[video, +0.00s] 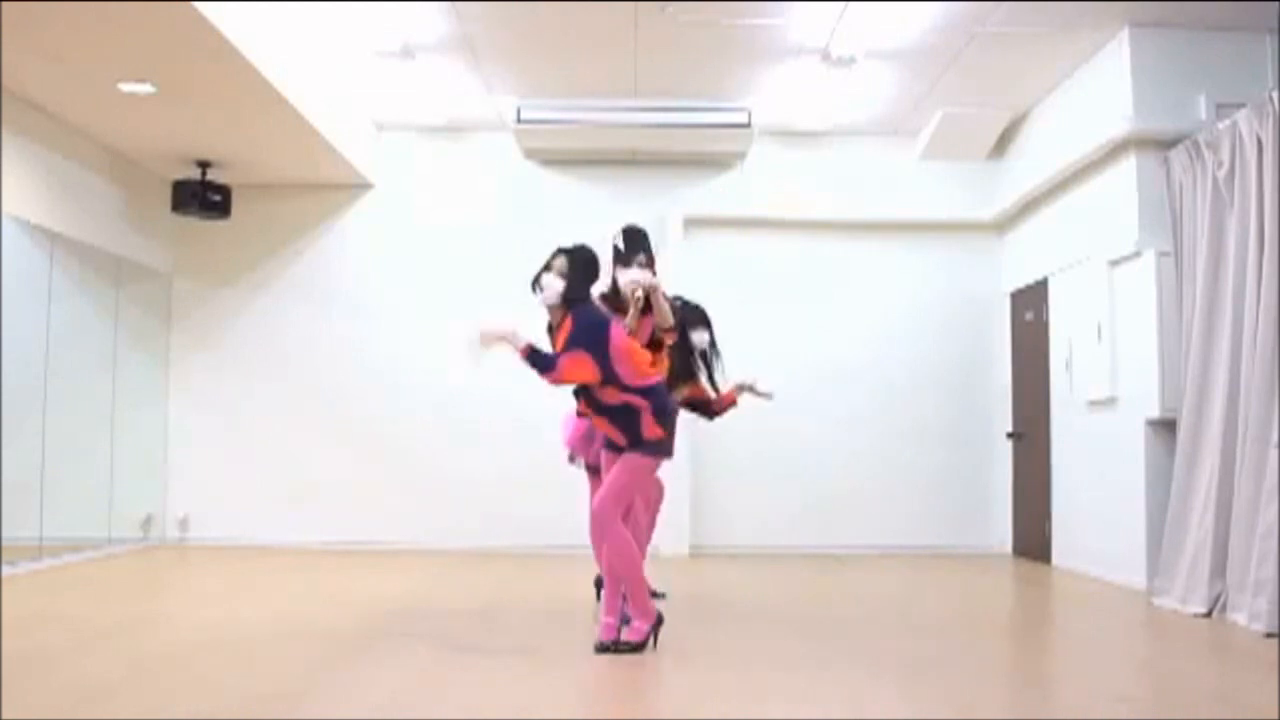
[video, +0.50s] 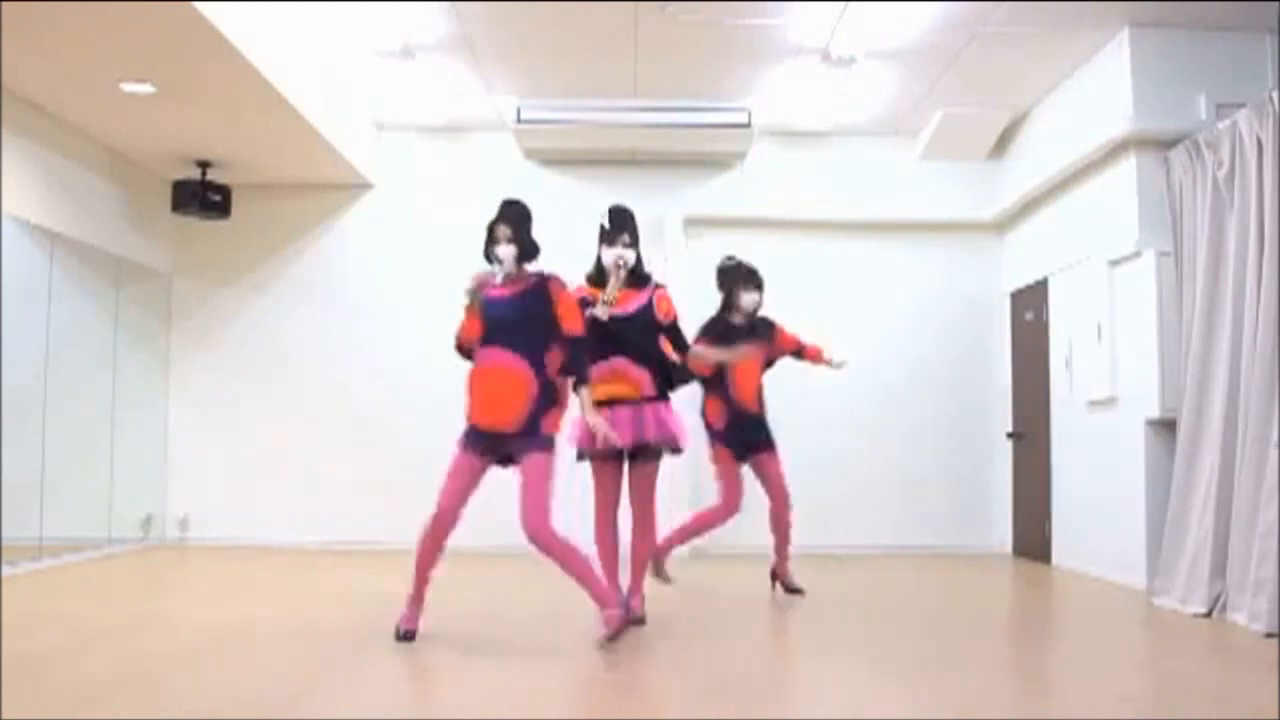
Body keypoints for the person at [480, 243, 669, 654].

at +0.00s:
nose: (545, 280)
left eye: (557, 275)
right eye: (547, 271)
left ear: (576, 284)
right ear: (546, 276)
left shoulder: (590, 323)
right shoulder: (564, 323)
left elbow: (562, 373)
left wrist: (518, 344)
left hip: (647, 431)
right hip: (614, 430)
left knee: (605, 514)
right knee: (606, 519)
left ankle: (643, 613)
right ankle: (614, 614)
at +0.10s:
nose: (538, 277)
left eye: (549, 271)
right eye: (539, 269)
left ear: (568, 279)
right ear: (538, 274)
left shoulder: (582, 316)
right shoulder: (554, 320)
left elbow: (583, 371)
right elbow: (572, 368)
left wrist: (531, 356)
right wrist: (528, 355)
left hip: (641, 431)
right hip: (605, 431)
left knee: (603, 512)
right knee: (604, 520)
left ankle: (644, 613)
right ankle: (614, 618)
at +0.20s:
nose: (537, 265)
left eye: (548, 258)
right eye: (534, 256)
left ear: (565, 264)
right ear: (528, 260)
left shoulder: (583, 305)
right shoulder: (539, 314)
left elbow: (584, 360)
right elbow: (545, 359)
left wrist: (528, 363)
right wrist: (532, 379)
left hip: (632, 424)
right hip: (591, 424)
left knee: (595, 518)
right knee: (570, 512)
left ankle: (646, 614)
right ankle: (598, 614)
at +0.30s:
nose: (534, 263)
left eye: (543, 254)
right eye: (528, 254)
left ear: (559, 256)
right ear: (520, 256)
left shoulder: (579, 296)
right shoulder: (531, 308)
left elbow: (603, 357)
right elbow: (532, 368)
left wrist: (568, 386)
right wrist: (508, 365)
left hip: (608, 430)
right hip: (567, 430)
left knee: (585, 530)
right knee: (520, 503)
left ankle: (647, 615)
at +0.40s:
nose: (521, 258)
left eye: (528, 248)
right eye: (514, 248)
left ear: (545, 251)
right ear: (506, 254)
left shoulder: (568, 288)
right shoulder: (507, 307)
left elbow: (600, 345)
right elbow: (501, 371)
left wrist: (599, 402)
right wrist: (489, 333)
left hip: (577, 430)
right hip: (530, 431)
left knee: (574, 535)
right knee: (475, 512)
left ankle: (645, 613)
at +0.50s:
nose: (502, 249)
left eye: (511, 240)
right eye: (496, 240)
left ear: (526, 243)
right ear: (489, 245)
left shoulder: (549, 288)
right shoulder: (485, 294)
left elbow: (576, 346)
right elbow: (468, 349)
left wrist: (553, 376)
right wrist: (475, 300)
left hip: (535, 426)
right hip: (484, 424)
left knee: (537, 529)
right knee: (442, 518)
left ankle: (610, 604)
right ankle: (413, 607)